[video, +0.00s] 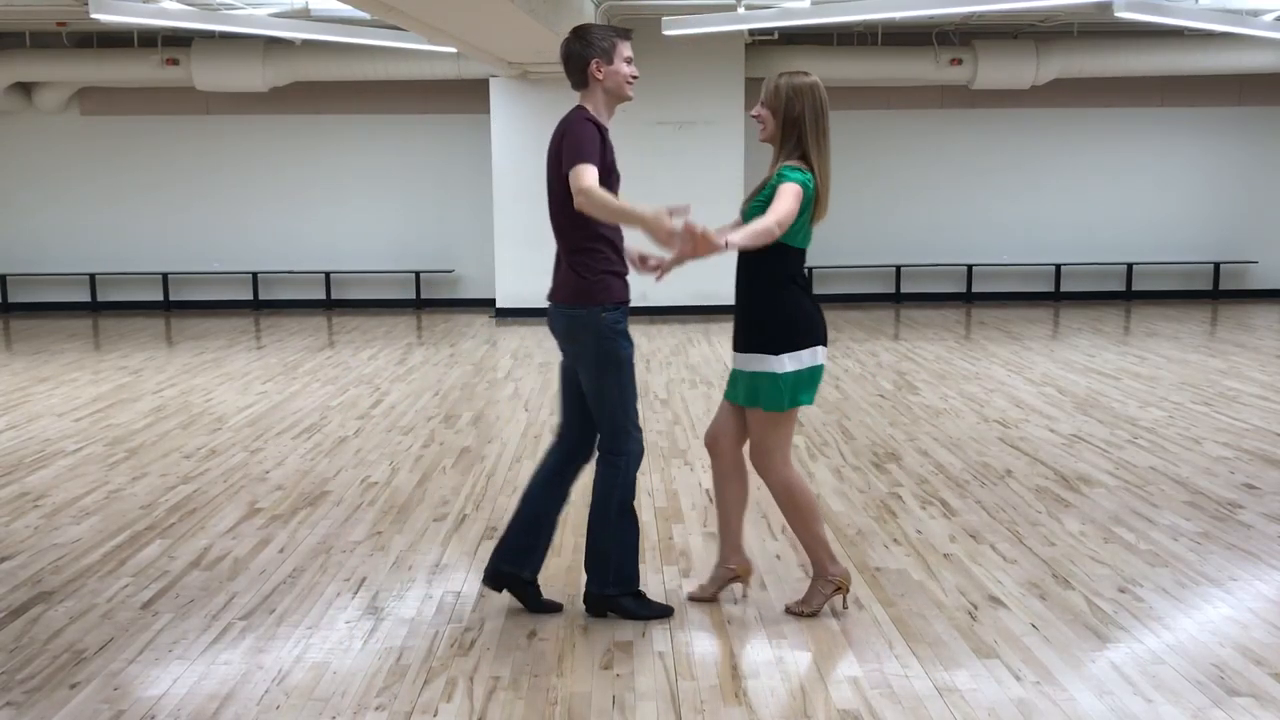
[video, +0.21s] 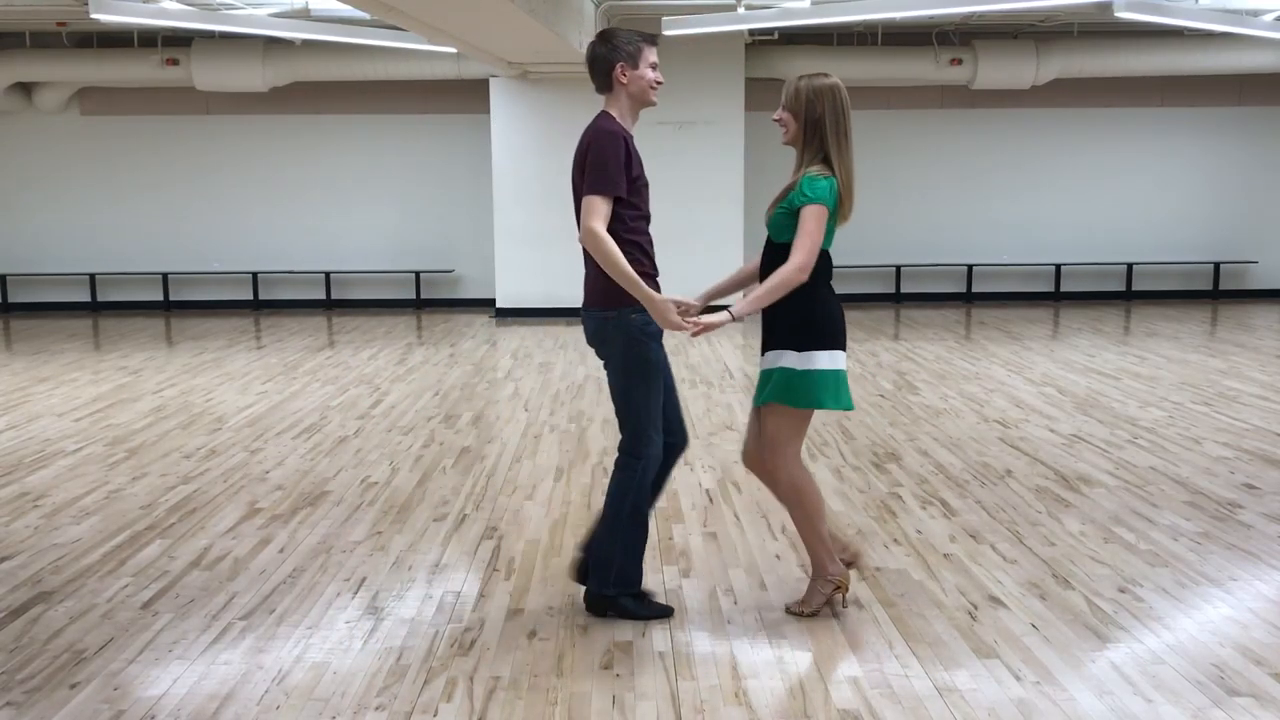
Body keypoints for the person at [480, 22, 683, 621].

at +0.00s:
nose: (636, 72)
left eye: (634, 62)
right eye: (628, 62)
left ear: (599, 72)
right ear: (597, 69)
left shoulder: (587, 132)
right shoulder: (583, 127)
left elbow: (583, 229)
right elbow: (583, 194)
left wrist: (634, 259)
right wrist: (653, 219)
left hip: (579, 308)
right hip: (594, 312)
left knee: (575, 439)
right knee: (622, 446)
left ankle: (513, 564)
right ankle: (610, 588)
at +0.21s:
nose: (660, 78)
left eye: (659, 68)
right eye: (652, 68)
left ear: (624, 75)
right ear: (623, 74)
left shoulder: (619, 137)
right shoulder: (605, 137)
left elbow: (613, 235)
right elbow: (593, 231)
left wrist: (658, 300)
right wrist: (652, 300)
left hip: (631, 316)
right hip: (620, 317)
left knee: (670, 439)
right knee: (641, 448)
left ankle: (600, 555)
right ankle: (611, 589)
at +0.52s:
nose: (681, 81)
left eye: (680, 70)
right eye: (675, 70)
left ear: (650, 74)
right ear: (645, 72)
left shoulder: (641, 139)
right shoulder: (621, 139)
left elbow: (638, 237)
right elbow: (618, 242)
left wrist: (689, 271)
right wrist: (691, 266)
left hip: (667, 310)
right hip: (645, 313)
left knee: (704, 436)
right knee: (687, 440)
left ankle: (699, 569)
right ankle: (621, 572)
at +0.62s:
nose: (679, 82)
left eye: (678, 72)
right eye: (672, 71)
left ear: (647, 76)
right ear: (642, 73)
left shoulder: (637, 139)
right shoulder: (620, 140)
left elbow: (634, 237)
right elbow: (617, 243)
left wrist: (686, 269)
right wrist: (692, 264)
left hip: (665, 309)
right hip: (644, 313)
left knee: (702, 436)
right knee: (688, 439)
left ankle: (699, 568)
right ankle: (625, 573)